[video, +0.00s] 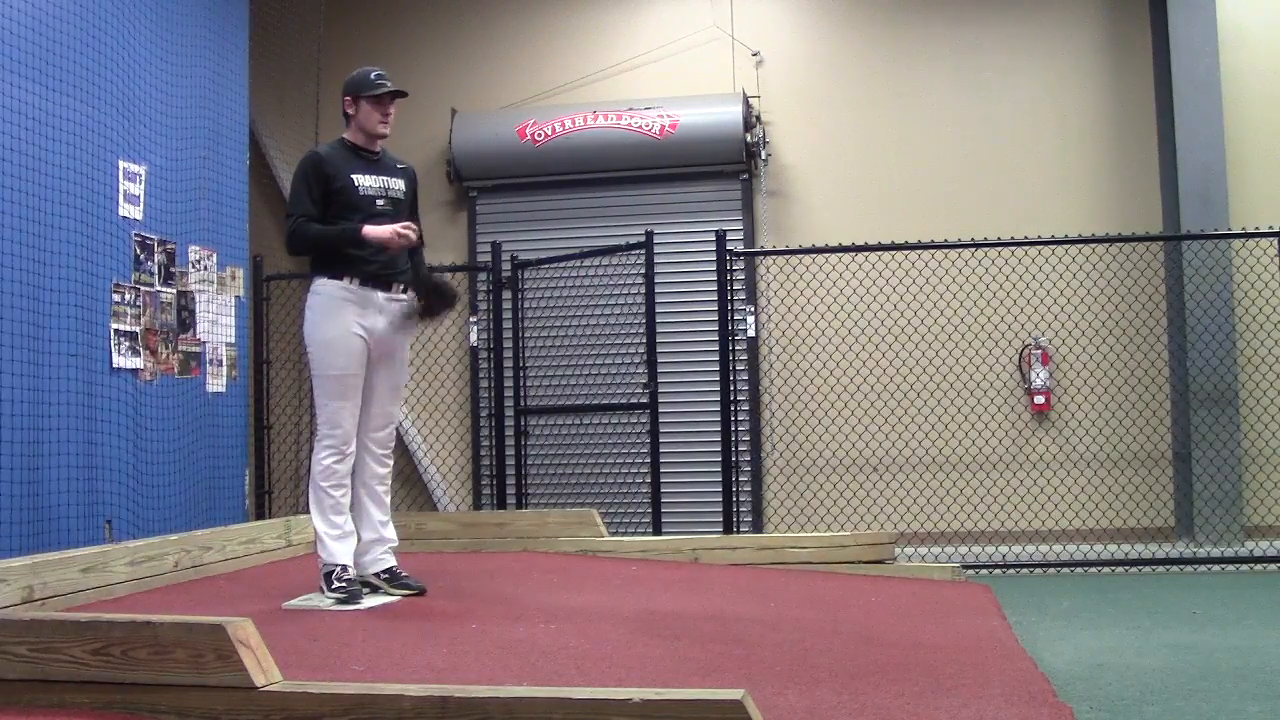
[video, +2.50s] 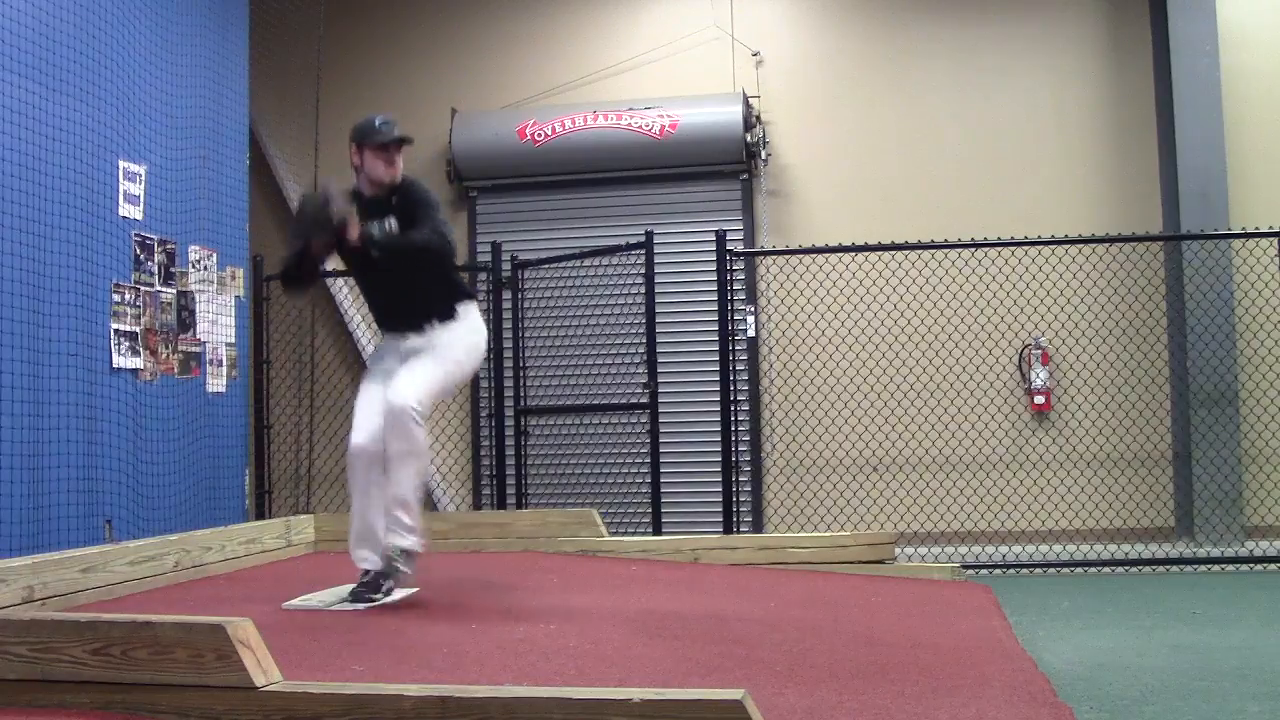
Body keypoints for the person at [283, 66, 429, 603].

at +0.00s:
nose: (388, 112)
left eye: (391, 104)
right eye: (378, 103)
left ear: (393, 110)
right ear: (350, 106)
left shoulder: (403, 173)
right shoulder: (320, 163)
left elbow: (410, 242)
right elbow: (297, 235)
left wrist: (423, 284)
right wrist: (368, 233)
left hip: (394, 307)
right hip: (338, 304)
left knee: (379, 439)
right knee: (338, 437)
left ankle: (376, 561)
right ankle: (336, 564)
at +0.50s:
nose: (384, 107)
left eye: (386, 100)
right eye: (374, 100)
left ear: (384, 107)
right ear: (345, 104)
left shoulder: (395, 168)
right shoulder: (315, 159)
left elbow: (414, 248)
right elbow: (322, 228)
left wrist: (426, 203)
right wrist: (388, 194)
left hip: (391, 310)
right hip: (336, 306)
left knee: (379, 442)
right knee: (336, 440)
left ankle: (377, 561)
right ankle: (335, 564)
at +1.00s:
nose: (406, 121)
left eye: (408, 114)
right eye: (396, 113)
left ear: (408, 120)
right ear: (368, 116)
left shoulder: (420, 175)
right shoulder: (336, 167)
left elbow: (443, 256)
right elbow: (324, 236)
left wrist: (432, 222)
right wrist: (386, 210)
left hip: (410, 319)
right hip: (351, 317)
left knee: (419, 440)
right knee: (358, 432)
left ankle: (431, 558)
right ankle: (339, 562)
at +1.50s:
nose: (423, 123)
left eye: (427, 115)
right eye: (414, 115)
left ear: (431, 121)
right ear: (386, 118)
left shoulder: (446, 174)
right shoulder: (352, 169)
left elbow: (462, 251)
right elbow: (323, 243)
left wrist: (405, 243)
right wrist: (355, 222)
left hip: (428, 321)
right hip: (367, 321)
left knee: (428, 443)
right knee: (371, 437)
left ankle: (432, 559)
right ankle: (381, 564)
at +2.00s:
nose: (385, 126)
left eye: (392, 117)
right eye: (375, 118)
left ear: (403, 120)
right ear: (357, 121)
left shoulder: (415, 159)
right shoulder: (341, 171)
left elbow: (408, 213)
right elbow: (287, 222)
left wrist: (335, 181)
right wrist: (298, 180)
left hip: (427, 294)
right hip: (369, 305)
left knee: (351, 297)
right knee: (369, 440)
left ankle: (351, 442)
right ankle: (380, 566)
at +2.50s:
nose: (395, 159)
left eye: (399, 150)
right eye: (384, 151)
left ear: (404, 153)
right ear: (357, 156)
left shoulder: (412, 195)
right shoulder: (340, 210)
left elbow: (437, 243)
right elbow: (293, 282)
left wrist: (364, 236)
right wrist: (317, 245)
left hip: (454, 331)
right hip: (397, 344)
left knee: (402, 401)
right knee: (363, 444)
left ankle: (403, 544)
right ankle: (376, 566)